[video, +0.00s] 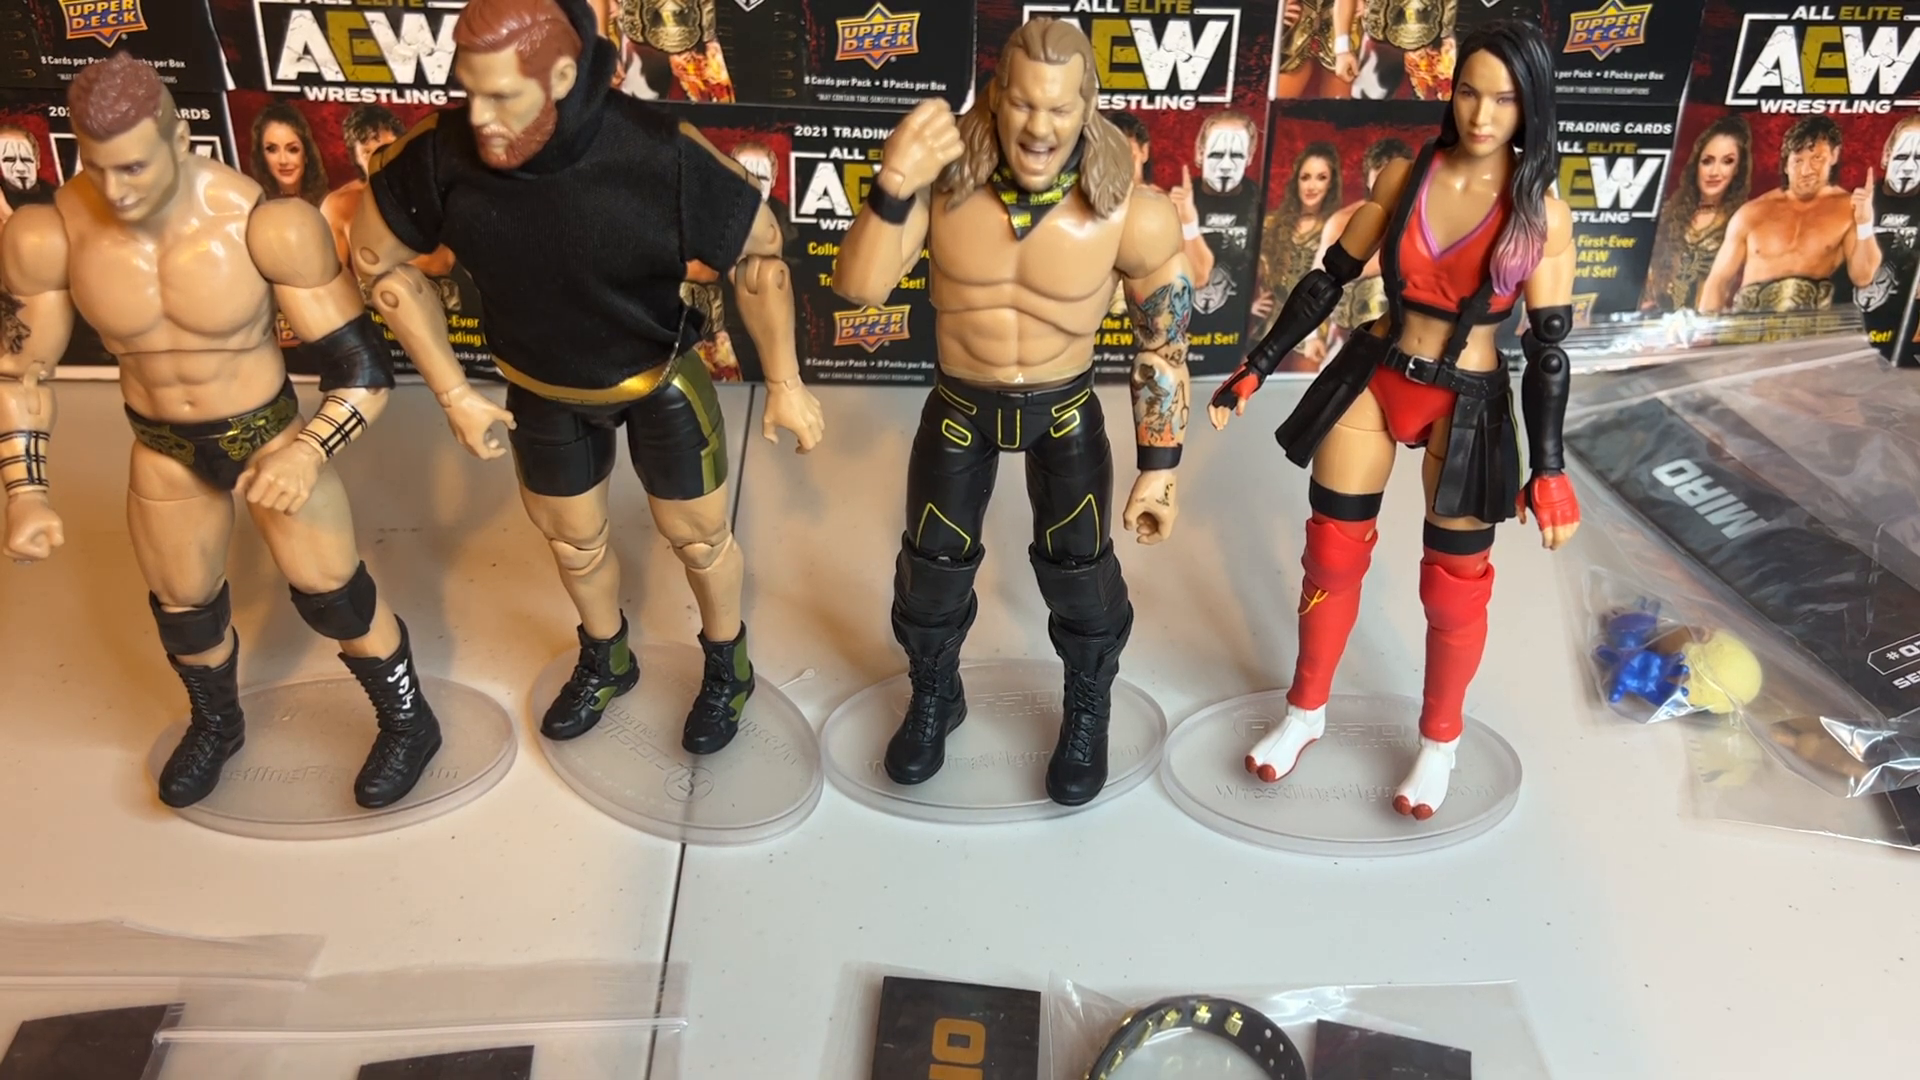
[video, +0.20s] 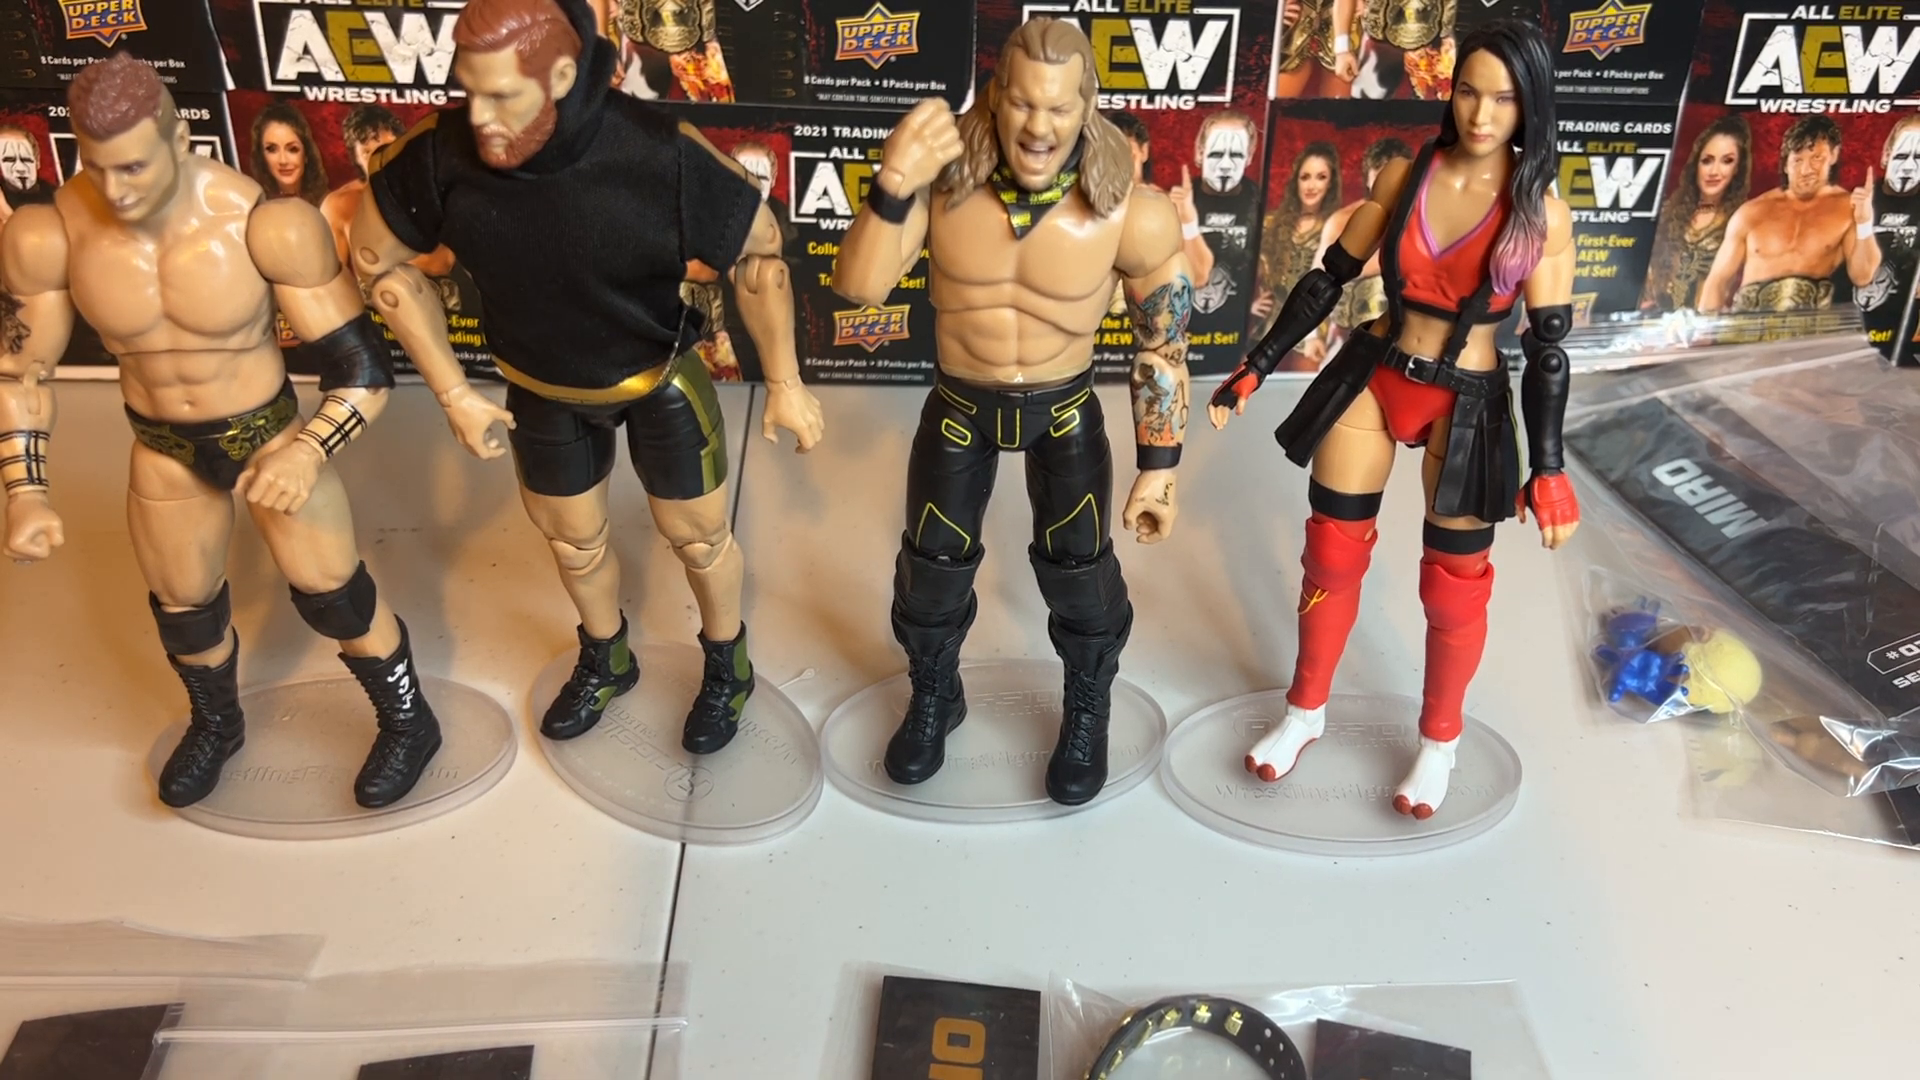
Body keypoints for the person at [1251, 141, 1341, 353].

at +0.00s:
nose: (1312, 186)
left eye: (1321, 178)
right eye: (1305, 177)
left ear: (1332, 183)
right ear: (1295, 181)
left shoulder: (1338, 229)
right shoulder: (1271, 224)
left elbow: (1337, 285)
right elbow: (1255, 273)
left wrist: (1322, 336)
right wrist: (1253, 302)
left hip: (1313, 332)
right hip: (1269, 327)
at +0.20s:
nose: (1312, 185)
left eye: (1321, 177)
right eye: (1305, 177)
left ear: (1332, 182)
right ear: (1295, 180)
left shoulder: (1338, 229)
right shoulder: (1271, 224)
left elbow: (1336, 286)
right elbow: (1256, 276)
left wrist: (1321, 335)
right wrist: (1253, 302)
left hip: (1313, 335)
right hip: (1270, 329)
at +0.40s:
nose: (1312, 185)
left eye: (1321, 177)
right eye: (1305, 177)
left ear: (1332, 183)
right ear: (1295, 181)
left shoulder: (1338, 229)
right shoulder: (1270, 225)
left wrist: (1320, 335)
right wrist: (1251, 302)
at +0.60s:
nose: (1312, 185)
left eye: (1321, 177)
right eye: (1305, 177)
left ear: (1332, 183)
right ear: (1295, 181)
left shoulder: (1338, 230)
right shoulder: (1271, 224)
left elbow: (1337, 286)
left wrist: (1320, 335)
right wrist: (1251, 302)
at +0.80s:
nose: (1312, 185)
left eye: (1321, 177)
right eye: (1305, 177)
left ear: (1332, 183)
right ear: (1295, 181)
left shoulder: (1337, 229)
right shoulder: (1270, 225)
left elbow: (1334, 285)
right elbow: (1255, 275)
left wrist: (1321, 335)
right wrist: (1254, 302)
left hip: (1312, 334)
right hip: (1269, 328)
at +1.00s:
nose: (1312, 185)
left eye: (1321, 178)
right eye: (1305, 177)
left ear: (1332, 183)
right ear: (1295, 181)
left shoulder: (1338, 229)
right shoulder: (1271, 224)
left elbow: (1338, 286)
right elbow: (1254, 273)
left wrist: (1323, 337)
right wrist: (1253, 302)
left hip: (1313, 334)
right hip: (1269, 328)